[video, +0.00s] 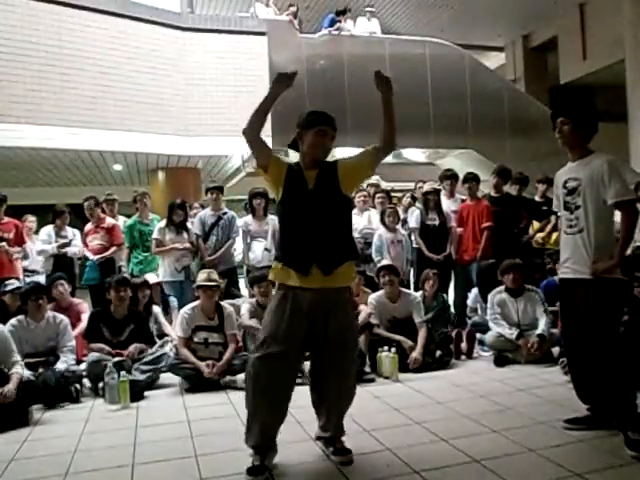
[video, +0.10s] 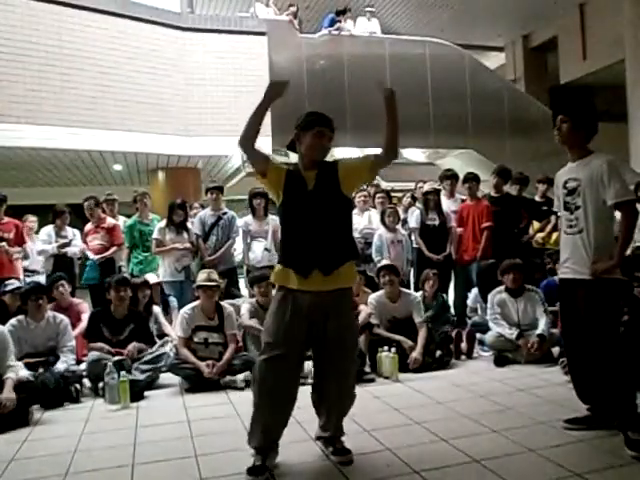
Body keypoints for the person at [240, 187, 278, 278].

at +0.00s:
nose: (258, 201)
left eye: (261, 198)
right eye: (255, 198)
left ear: (266, 201)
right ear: (251, 201)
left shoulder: (273, 220)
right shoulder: (246, 221)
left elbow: (277, 240)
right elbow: (245, 243)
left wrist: (277, 258)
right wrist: (246, 261)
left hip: (269, 261)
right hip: (253, 262)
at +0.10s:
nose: (258, 201)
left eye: (261, 198)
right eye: (255, 198)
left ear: (265, 201)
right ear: (251, 201)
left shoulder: (274, 220)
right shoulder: (246, 221)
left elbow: (277, 241)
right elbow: (245, 243)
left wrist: (279, 258)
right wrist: (246, 261)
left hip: (270, 262)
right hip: (253, 262)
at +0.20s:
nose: (258, 201)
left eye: (260, 198)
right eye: (255, 199)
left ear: (265, 201)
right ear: (251, 202)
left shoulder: (273, 221)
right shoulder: (246, 222)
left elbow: (277, 242)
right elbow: (245, 243)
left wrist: (280, 259)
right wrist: (246, 261)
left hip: (270, 262)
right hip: (253, 263)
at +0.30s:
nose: (259, 202)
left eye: (262, 199)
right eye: (256, 199)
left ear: (266, 201)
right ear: (251, 202)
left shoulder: (273, 221)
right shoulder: (246, 222)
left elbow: (277, 242)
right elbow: (245, 243)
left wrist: (280, 259)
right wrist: (246, 261)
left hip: (270, 262)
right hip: (253, 263)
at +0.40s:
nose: (259, 202)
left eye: (261, 198)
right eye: (256, 198)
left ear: (266, 201)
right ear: (251, 201)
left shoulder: (274, 221)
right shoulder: (246, 222)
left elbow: (277, 242)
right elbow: (245, 243)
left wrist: (280, 259)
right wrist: (246, 261)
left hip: (271, 262)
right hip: (253, 263)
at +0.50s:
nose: (259, 202)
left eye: (261, 198)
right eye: (256, 199)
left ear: (266, 201)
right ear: (251, 202)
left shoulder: (271, 219)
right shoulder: (246, 221)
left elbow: (277, 240)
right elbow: (245, 243)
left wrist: (282, 258)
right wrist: (246, 262)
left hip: (270, 260)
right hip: (253, 261)